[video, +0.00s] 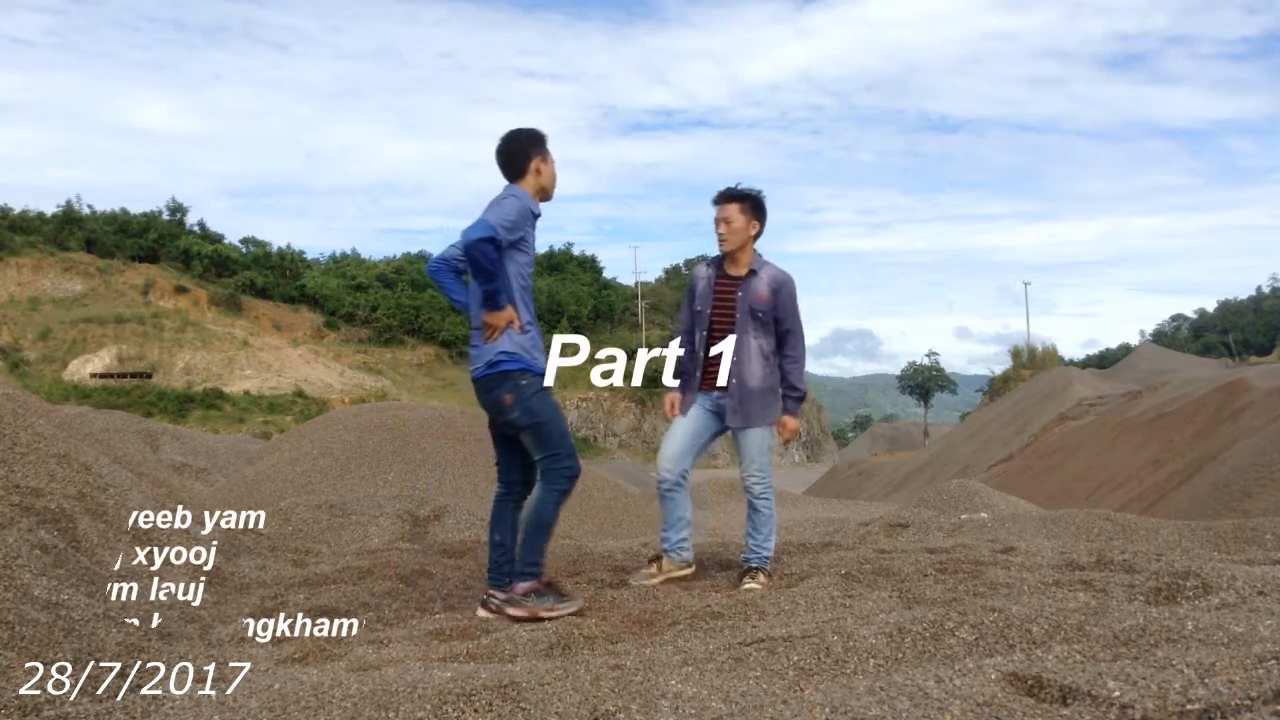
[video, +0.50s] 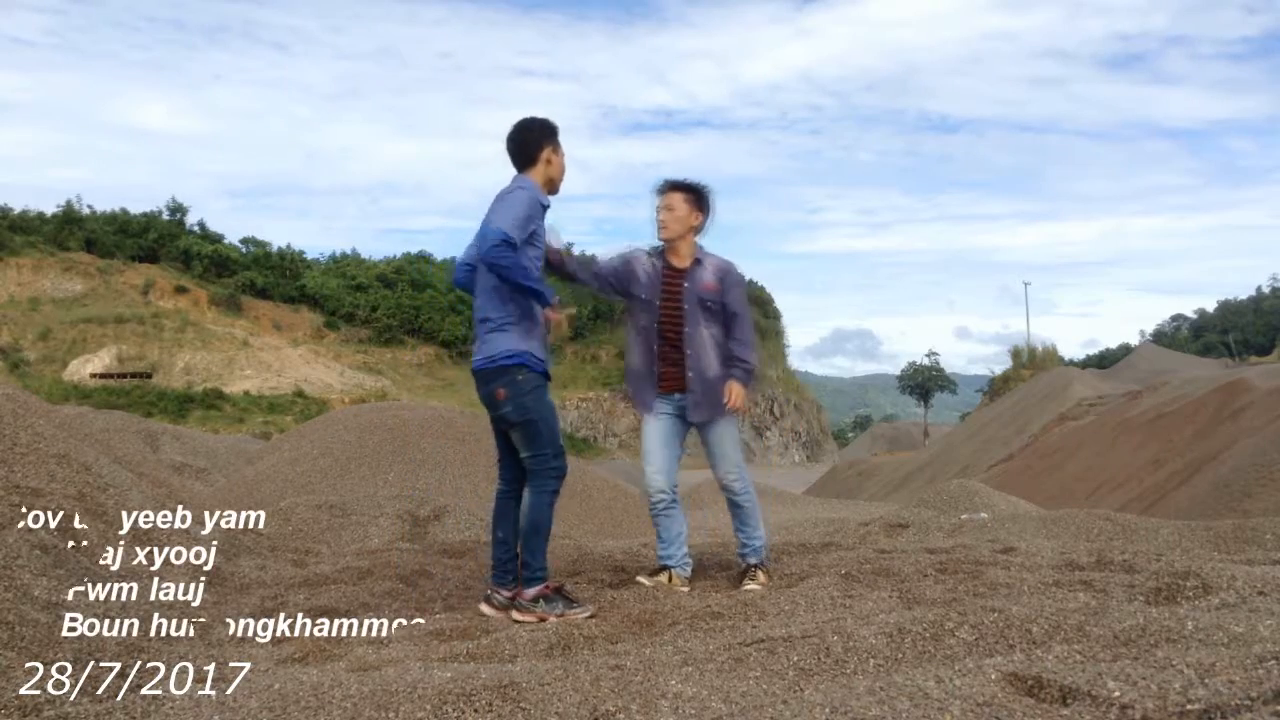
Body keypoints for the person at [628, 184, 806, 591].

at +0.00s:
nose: (719, 229)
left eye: (727, 222)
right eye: (717, 222)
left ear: (754, 227)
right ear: (716, 225)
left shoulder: (776, 282)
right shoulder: (702, 276)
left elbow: (792, 347)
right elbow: (686, 336)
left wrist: (790, 408)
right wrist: (675, 386)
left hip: (754, 402)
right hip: (706, 399)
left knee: (756, 483)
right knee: (668, 467)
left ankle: (756, 564)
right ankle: (677, 557)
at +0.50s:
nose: (661, 217)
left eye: (670, 210)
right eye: (659, 210)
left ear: (697, 218)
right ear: (658, 217)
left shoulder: (722, 273)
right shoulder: (637, 266)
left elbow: (742, 331)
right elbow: (590, 271)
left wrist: (739, 376)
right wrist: (548, 251)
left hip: (710, 397)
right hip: (660, 400)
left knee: (732, 480)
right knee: (658, 487)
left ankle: (754, 562)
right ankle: (675, 569)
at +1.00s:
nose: (624, 212)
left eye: (634, 203)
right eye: (621, 205)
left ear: (661, 210)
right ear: (619, 213)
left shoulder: (690, 262)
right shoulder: (606, 264)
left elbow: (718, 321)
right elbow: (568, 296)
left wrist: (744, 373)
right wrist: (540, 311)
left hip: (688, 383)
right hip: (639, 392)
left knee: (702, 467)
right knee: (652, 483)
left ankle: (717, 549)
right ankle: (666, 567)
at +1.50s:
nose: (636, 204)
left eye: (646, 197)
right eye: (635, 197)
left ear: (674, 204)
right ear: (637, 204)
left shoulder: (701, 261)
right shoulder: (621, 264)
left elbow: (723, 330)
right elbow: (598, 325)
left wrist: (735, 392)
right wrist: (574, 382)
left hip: (685, 391)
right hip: (637, 391)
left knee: (687, 483)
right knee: (650, 486)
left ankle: (691, 576)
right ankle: (666, 567)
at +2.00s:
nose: (639, 195)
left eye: (649, 188)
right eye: (638, 188)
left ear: (677, 198)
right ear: (641, 197)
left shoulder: (699, 252)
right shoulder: (631, 257)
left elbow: (707, 323)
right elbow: (623, 325)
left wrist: (683, 366)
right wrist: (623, 385)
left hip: (685, 390)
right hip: (642, 391)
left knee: (690, 484)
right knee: (634, 482)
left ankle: (691, 577)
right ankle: (651, 570)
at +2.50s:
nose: (650, 199)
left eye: (660, 191)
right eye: (647, 192)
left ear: (687, 199)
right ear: (646, 199)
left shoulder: (709, 258)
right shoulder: (638, 258)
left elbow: (715, 332)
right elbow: (619, 326)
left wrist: (703, 392)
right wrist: (600, 385)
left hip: (686, 393)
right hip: (641, 392)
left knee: (692, 488)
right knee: (634, 485)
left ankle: (693, 577)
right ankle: (650, 571)